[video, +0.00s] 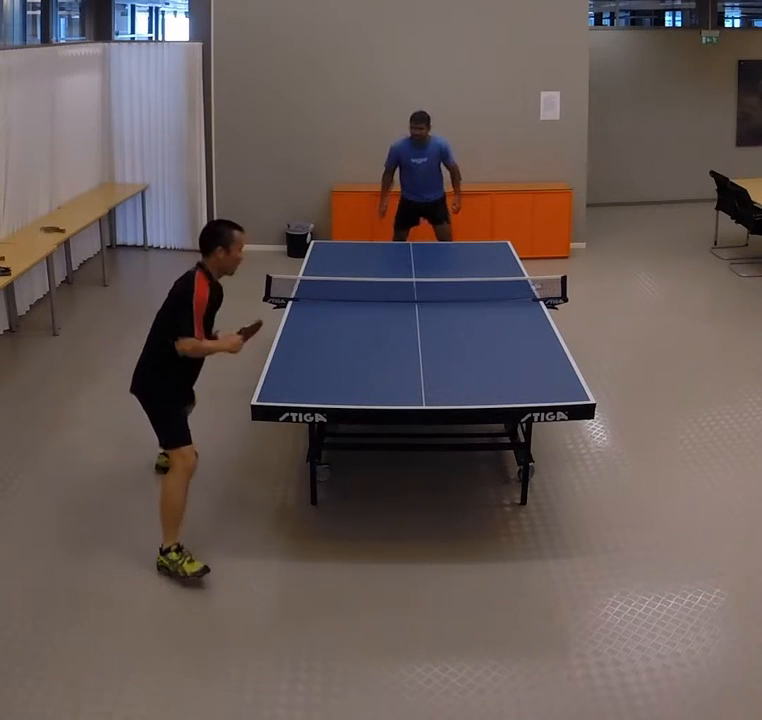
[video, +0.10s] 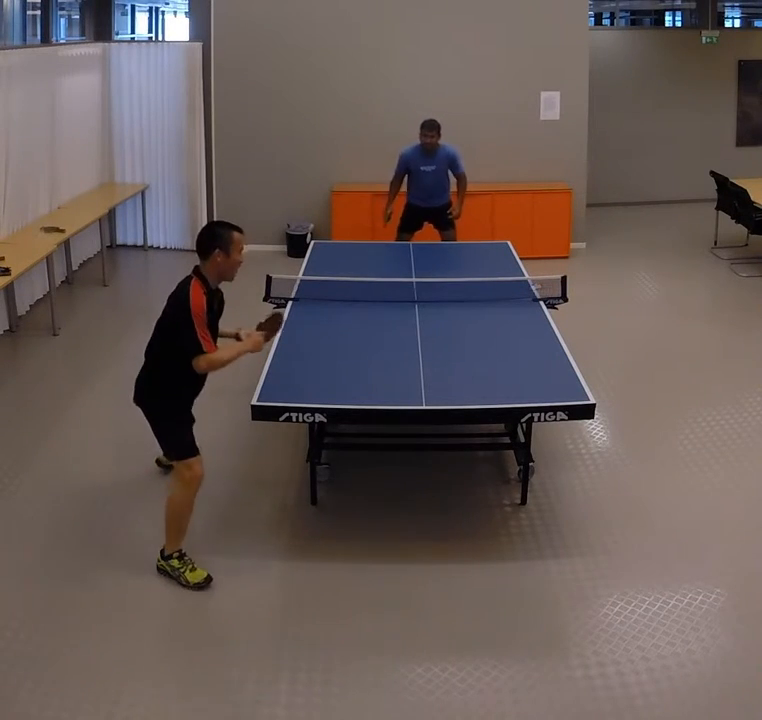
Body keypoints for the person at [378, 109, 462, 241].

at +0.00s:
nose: (416, 132)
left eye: (420, 129)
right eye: (413, 128)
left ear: (428, 129)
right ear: (409, 128)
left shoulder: (440, 146)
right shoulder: (398, 149)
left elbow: (454, 170)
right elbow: (388, 174)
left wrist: (457, 196)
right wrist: (383, 201)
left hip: (435, 201)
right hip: (409, 202)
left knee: (446, 240)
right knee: (398, 241)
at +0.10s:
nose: (428, 140)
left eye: (432, 137)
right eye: (425, 136)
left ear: (439, 137)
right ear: (420, 136)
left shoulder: (448, 154)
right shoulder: (408, 156)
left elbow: (461, 178)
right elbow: (397, 180)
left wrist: (459, 205)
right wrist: (389, 205)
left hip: (441, 207)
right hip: (415, 207)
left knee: (450, 244)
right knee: (401, 243)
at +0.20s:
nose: (436, 146)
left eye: (440, 143)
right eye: (433, 142)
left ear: (447, 143)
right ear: (428, 141)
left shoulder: (456, 160)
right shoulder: (414, 160)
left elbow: (467, 185)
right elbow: (403, 182)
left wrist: (462, 211)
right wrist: (395, 209)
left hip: (445, 210)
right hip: (418, 209)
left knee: (453, 248)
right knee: (402, 246)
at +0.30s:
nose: (438, 147)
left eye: (442, 144)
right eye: (435, 143)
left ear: (449, 144)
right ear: (430, 142)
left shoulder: (458, 161)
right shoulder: (416, 160)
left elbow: (470, 185)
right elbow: (405, 182)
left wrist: (465, 210)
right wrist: (399, 206)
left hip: (446, 209)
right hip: (419, 207)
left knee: (453, 247)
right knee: (402, 243)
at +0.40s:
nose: (437, 147)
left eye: (441, 143)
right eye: (434, 142)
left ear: (447, 143)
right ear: (428, 141)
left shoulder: (457, 160)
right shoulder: (415, 159)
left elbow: (470, 184)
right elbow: (404, 180)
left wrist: (465, 210)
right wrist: (399, 205)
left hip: (445, 208)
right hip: (418, 206)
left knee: (453, 248)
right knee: (400, 244)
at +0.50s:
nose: (432, 145)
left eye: (437, 142)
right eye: (429, 141)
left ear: (443, 142)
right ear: (423, 141)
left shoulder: (453, 159)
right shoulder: (411, 159)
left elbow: (467, 183)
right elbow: (400, 181)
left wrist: (464, 209)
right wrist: (397, 206)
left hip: (442, 208)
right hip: (416, 208)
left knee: (451, 246)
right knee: (401, 244)